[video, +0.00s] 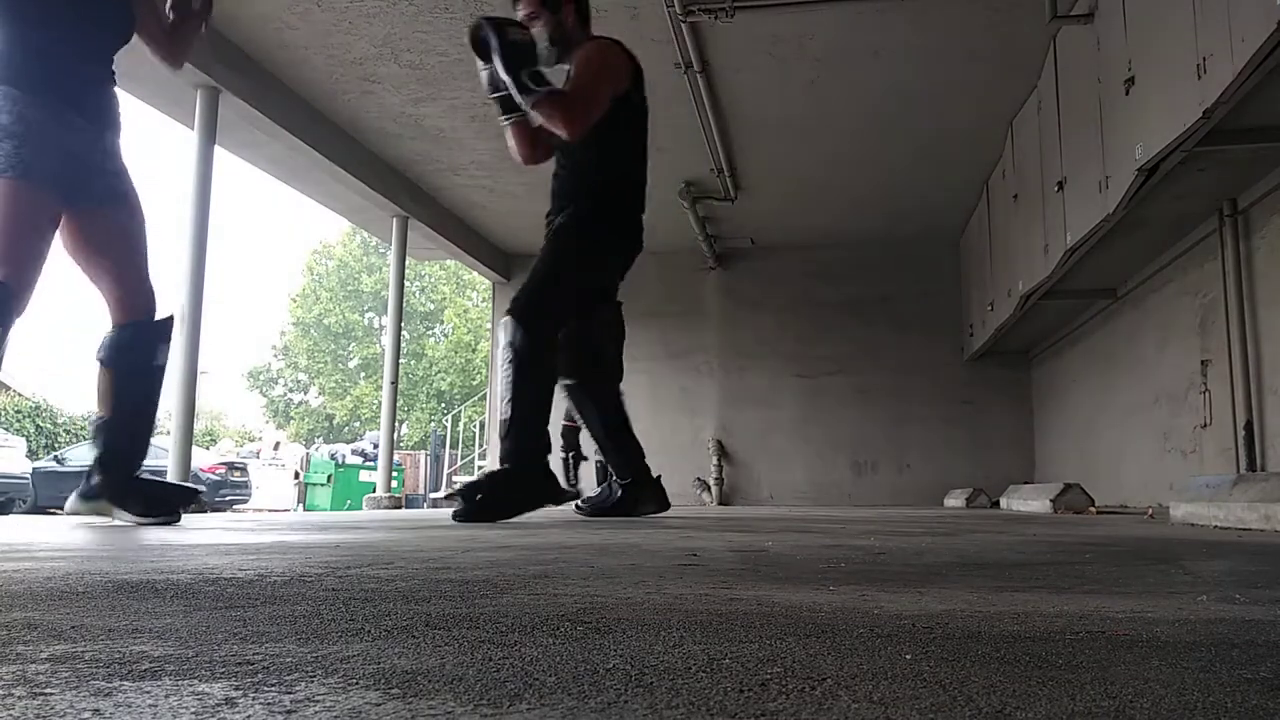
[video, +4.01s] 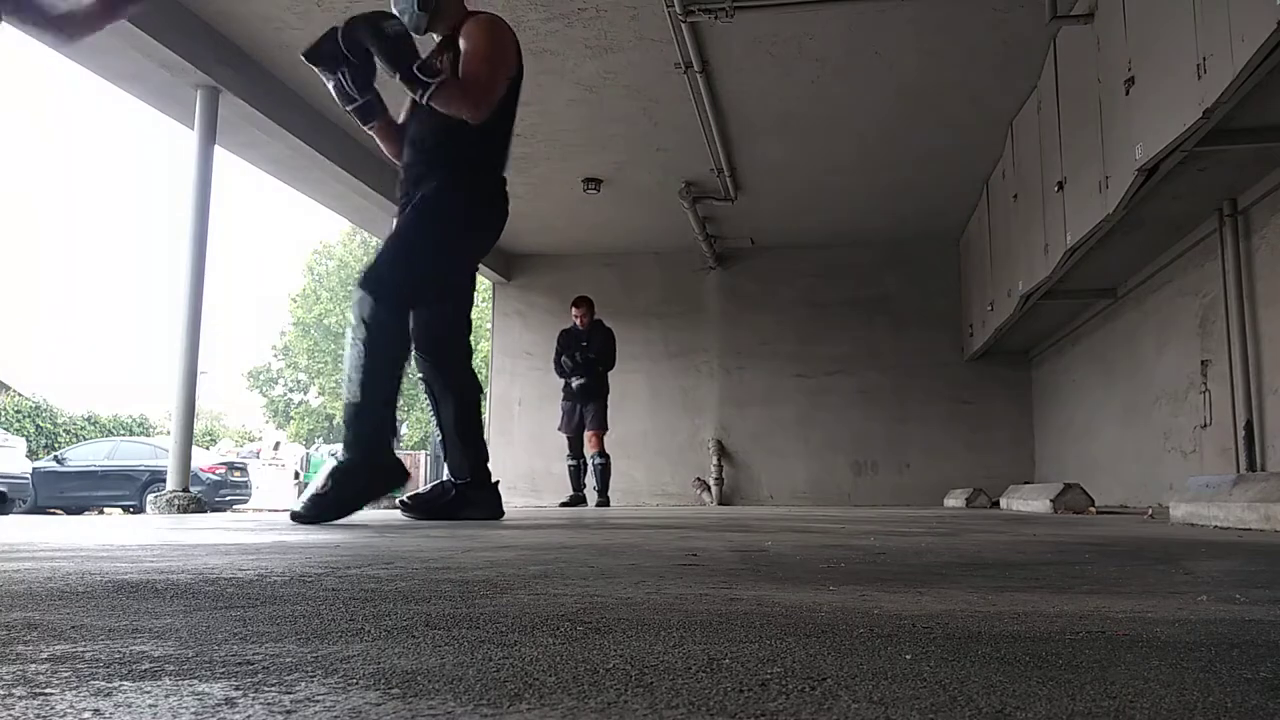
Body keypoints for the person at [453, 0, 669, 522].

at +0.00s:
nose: (529, 31)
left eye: (536, 18)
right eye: (525, 23)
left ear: (570, 10)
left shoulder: (603, 54)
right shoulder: (573, 79)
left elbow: (570, 120)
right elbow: (530, 151)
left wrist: (519, 69)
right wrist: (502, 92)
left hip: (595, 230)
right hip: (578, 233)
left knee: (527, 323)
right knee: (580, 366)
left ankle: (524, 469)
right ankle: (633, 481)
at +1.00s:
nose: (532, 12)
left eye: (542, 8)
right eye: (529, 10)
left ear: (572, 5)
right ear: (536, 11)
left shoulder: (616, 51)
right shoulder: (512, 38)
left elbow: (588, 91)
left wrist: (530, 36)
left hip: (502, 208)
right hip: (439, 161)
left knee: (492, 342)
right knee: (329, 129)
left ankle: (479, 487)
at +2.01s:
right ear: (474, 4)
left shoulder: (526, 8)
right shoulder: (464, 41)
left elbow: (474, 52)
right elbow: (413, 113)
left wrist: (417, 10)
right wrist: (372, 53)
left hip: (500, 199)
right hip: (448, 206)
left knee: (478, 323)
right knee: (397, 319)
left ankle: (485, 488)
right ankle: (448, 448)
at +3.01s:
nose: (395, 13)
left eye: (397, 6)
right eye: (396, 10)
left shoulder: (451, 24)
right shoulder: (418, 49)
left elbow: (417, 75)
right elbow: (377, 123)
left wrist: (372, 31)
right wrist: (357, 61)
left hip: (410, 199)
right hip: (435, 211)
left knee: (304, 275)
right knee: (428, 348)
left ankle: (316, 428)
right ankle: (455, 483)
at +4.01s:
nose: (409, 17)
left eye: (411, 9)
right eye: (406, 13)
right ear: (424, 14)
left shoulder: (484, 28)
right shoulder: (441, 61)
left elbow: (476, 104)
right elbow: (407, 155)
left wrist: (411, 65)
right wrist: (363, 103)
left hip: (458, 203)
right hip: (432, 208)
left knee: (377, 295)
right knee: (440, 347)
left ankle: (368, 460)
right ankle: (471, 483)